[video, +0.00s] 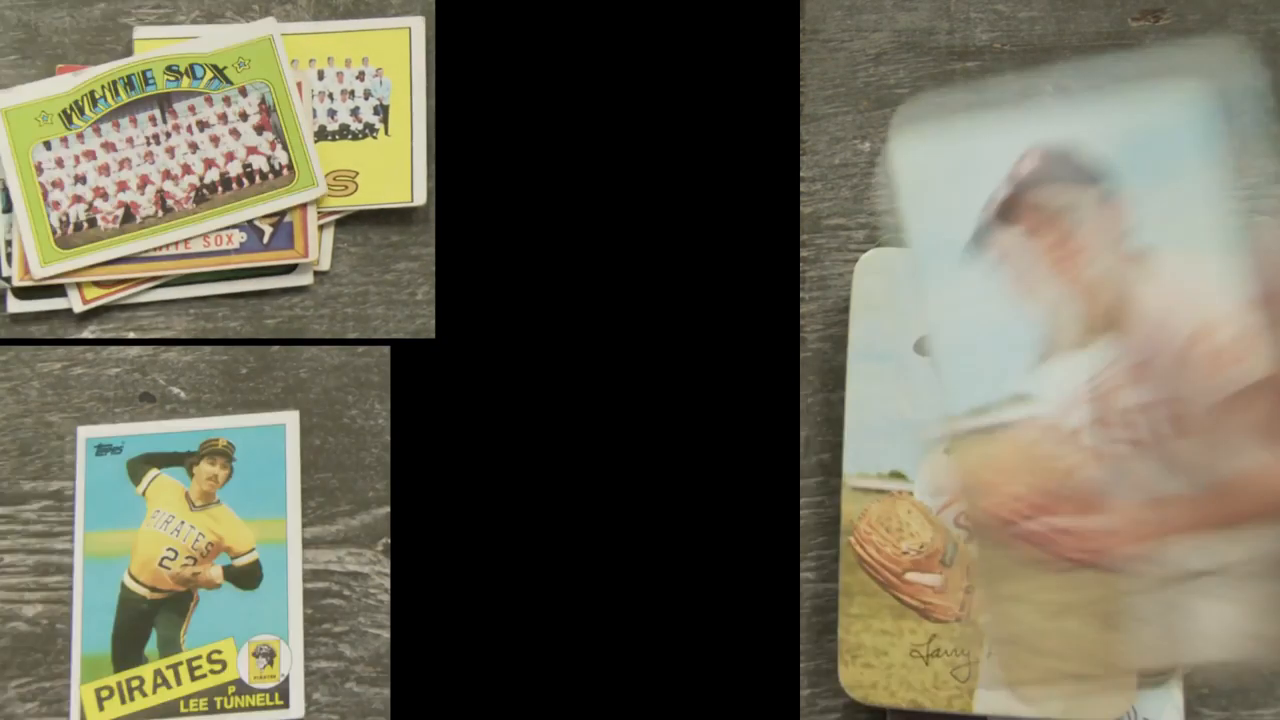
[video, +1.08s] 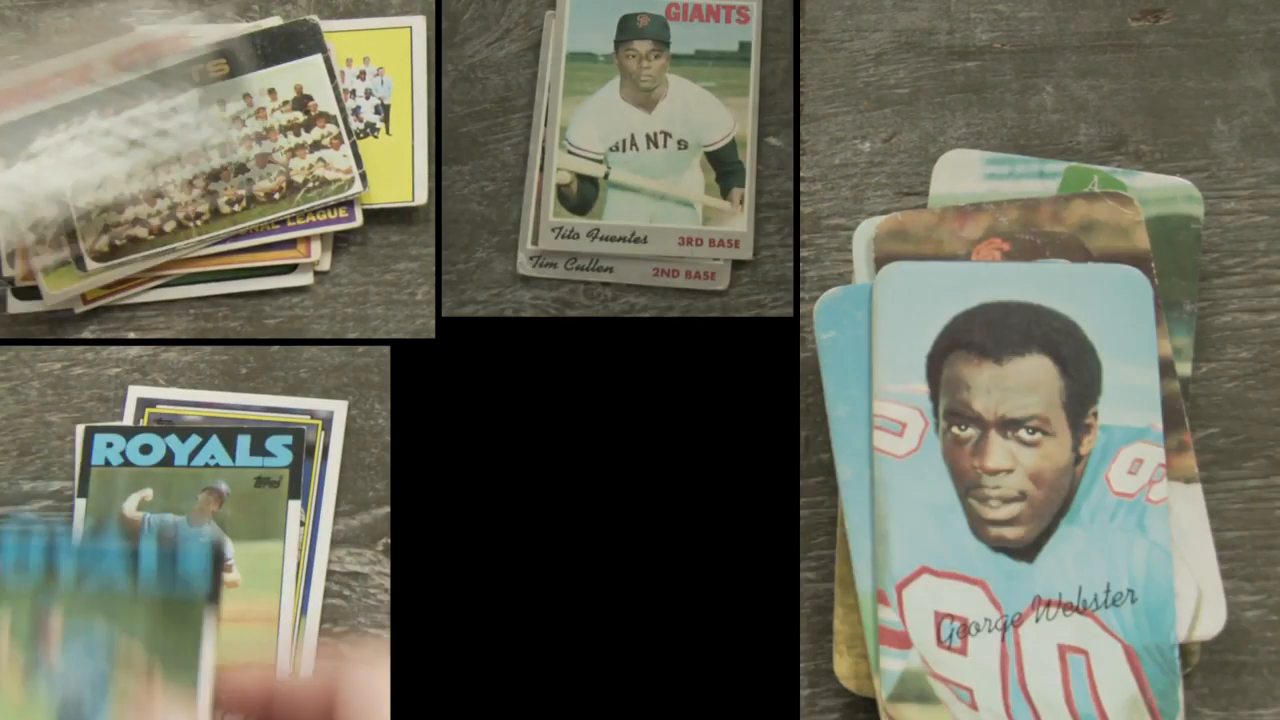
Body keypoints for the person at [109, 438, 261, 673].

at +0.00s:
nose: (216, 472)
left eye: (224, 467)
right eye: (211, 463)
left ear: (228, 476)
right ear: (194, 466)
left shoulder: (228, 524)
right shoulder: (163, 490)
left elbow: (253, 576)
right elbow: (136, 464)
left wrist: (217, 573)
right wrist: (186, 459)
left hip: (176, 597)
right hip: (134, 592)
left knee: (169, 648)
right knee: (124, 661)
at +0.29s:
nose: (217, 472)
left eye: (224, 467)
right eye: (211, 463)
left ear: (228, 476)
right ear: (195, 466)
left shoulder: (229, 524)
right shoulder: (164, 490)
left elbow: (253, 576)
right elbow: (136, 464)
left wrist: (221, 572)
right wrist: (186, 459)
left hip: (177, 598)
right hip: (135, 591)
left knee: (167, 667)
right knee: (120, 666)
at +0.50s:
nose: (225, 458)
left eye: (230, 453)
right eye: (223, 453)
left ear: (247, 452)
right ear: (222, 453)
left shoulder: (246, 475)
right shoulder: (266, 462)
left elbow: (218, 490)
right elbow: (288, 462)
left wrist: (174, 489)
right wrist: (292, 449)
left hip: (290, 537)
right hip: (270, 537)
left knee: (230, 577)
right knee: (218, 591)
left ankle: (190, 637)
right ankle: (221, 653)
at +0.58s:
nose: (225, 458)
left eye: (231, 453)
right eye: (223, 453)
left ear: (247, 452)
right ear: (222, 453)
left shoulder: (247, 474)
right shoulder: (266, 462)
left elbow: (218, 490)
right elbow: (288, 462)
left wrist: (174, 489)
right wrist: (292, 449)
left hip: (290, 537)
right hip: (269, 537)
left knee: (231, 577)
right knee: (219, 592)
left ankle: (190, 638)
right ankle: (220, 654)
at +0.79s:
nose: (198, 503)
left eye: (204, 498)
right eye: (194, 497)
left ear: (214, 504)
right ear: (187, 497)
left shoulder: (214, 536)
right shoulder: (166, 523)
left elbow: (232, 576)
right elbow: (126, 515)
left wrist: (212, 577)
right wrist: (88, 508)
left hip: (192, 591)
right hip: (161, 590)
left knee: (173, 606)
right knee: (147, 643)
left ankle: (165, 672)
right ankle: (158, 660)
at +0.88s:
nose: (211, 500)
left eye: (217, 499)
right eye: (209, 494)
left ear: (218, 507)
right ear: (199, 494)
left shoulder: (218, 539)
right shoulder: (167, 523)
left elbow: (235, 578)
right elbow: (127, 513)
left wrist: (215, 576)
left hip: (193, 592)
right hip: (160, 589)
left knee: (174, 605)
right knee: (147, 645)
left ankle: (166, 677)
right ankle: (159, 650)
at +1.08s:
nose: (209, 499)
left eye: (215, 498)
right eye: (208, 493)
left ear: (217, 507)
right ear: (199, 495)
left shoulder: (220, 539)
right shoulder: (170, 523)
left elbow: (235, 578)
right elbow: (128, 513)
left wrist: (214, 576)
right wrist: (140, 495)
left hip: (199, 609)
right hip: (165, 605)